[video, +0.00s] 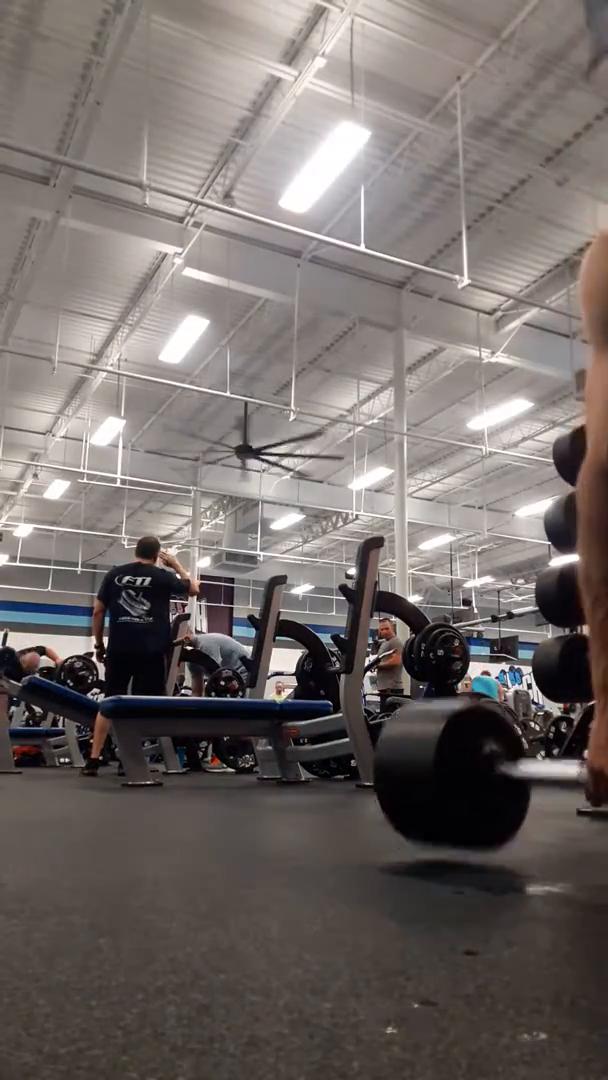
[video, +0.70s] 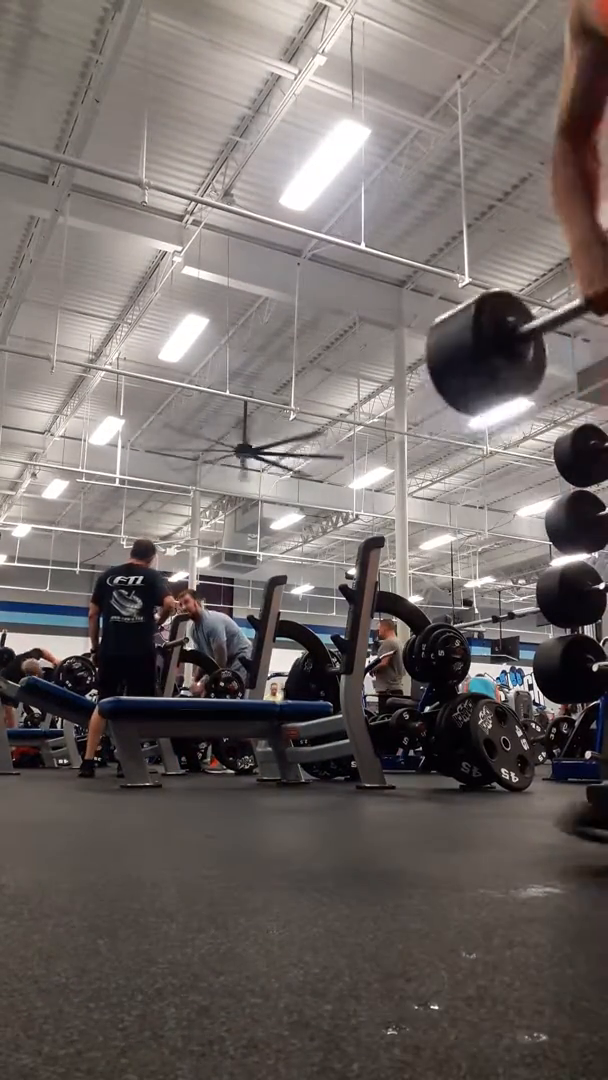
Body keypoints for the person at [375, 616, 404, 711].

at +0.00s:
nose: (384, 632)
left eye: (386, 629)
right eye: (382, 629)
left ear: (392, 629)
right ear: (379, 631)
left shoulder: (396, 642)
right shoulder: (383, 644)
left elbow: (397, 660)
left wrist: (379, 665)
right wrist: (375, 664)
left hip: (393, 687)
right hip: (384, 687)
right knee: (384, 717)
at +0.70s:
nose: (379, 632)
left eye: (380, 629)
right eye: (379, 629)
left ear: (385, 628)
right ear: (391, 629)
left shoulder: (388, 643)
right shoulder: (397, 642)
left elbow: (384, 663)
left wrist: (373, 670)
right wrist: (376, 670)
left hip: (387, 692)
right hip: (396, 690)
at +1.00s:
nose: (378, 631)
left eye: (380, 628)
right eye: (378, 628)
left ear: (389, 628)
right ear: (389, 629)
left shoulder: (387, 643)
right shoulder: (397, 643)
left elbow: (384, 664)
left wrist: (371, 676)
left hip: (384, 692)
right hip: (396, 691)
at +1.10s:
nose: (378, 631)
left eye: (381, 628)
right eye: (378, 628)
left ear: (390, 629)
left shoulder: (389, 643)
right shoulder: (396, 643)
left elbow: (384, 666)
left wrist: (372, 680)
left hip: (385, 692)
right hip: (394, 691)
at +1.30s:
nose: (382, 631)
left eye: (385, 628)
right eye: (380, 629)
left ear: (391, 630)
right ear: (377, 631)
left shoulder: (393, 644)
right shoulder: (383, 646)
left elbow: (396, 661)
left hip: (389, 690)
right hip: (382, 689)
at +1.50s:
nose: (381, 631)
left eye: (384, 628)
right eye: (379, 628)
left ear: (389, 630)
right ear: (376, 631)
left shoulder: (394, 643)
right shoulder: (377, 648)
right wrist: (377, 686)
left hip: (391, 689)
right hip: (380, 688)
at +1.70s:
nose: (379, 631)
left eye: (381, 628)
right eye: (377, 629)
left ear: (387, 630)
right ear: (375, 631)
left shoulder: (393, 642)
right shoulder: (375, 649)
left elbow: (407, 653)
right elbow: (373, 671)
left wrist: (398, 652)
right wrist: (370, 691)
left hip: (390, 688)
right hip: (378, 689)